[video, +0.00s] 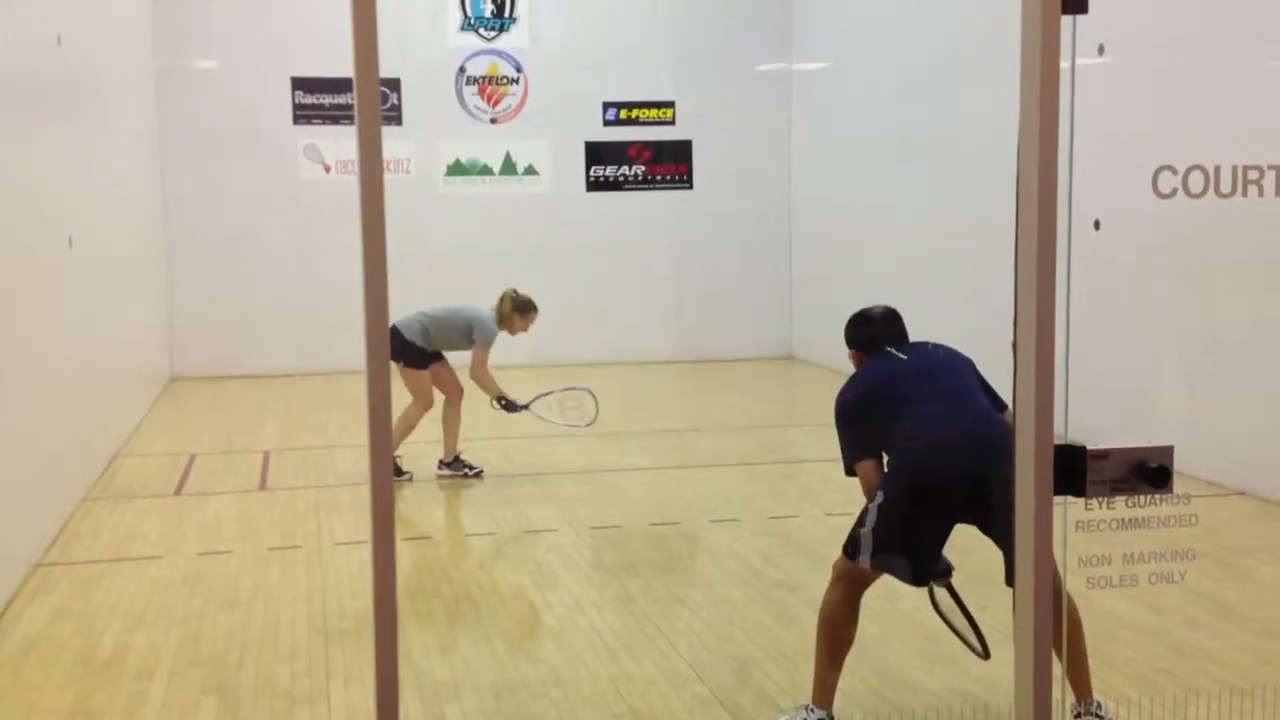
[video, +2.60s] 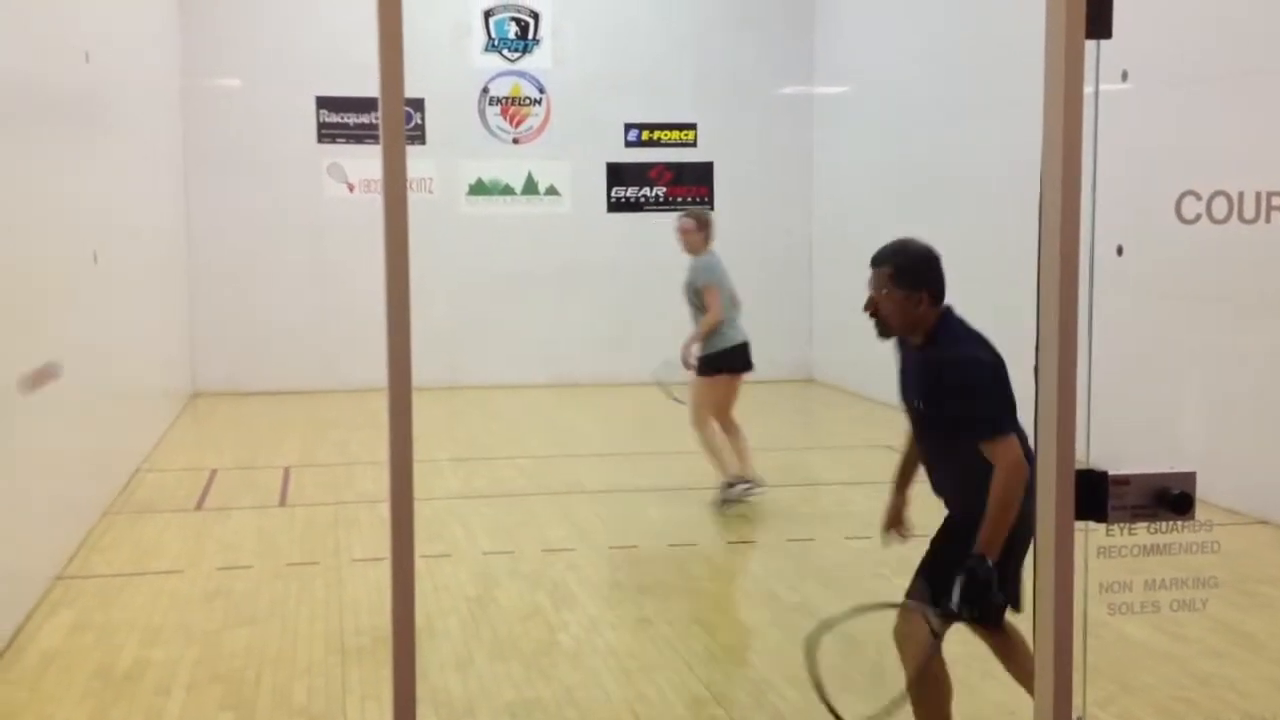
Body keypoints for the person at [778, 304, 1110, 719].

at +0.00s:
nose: (851, 361)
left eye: (850, 355)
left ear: (856, 356)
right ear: (904, 338)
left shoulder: (855, 393)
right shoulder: (948, 356)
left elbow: (873, 486)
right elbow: (1005, 420)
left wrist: (919, 552)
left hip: (922, 478)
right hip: (996, 468)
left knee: (848, 580)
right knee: (1049, 583)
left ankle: (820, 706)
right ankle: (1087, 702)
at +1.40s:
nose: (907, 349)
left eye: (907, 343)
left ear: (913, 344)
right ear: (962, 335)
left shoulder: (899, 382)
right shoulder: (1004, 365)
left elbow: (873, 482)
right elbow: (1068, 441)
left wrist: (884, 527)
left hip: (929, 487)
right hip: (1008, 486)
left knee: (865, 596)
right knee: (1058, 593)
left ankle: (815, 713)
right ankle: (1077, 713)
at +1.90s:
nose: (858, 307)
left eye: (859, 300)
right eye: (859, 299)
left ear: (868, 303)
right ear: (914, 294)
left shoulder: (864, 355)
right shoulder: (960, 334)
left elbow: (847, 445)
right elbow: (996, 419)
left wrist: (824, 506)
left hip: (913, 491)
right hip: (988, 488)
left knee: (841, 590)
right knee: (1022, 609)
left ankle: (821, 711)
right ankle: (1064, 710)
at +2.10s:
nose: (853, 301)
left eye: (858, 290)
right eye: (853, 290)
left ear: (886, 287)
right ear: (906, 283)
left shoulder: (892, 337)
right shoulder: (955, 315)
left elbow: (890, 428)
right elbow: (981, 405)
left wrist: (847, 515)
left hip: (942, 487)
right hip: (1002, 483)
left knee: (875, 598)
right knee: (975, 596)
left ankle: (835, 711)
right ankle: (1044, 702)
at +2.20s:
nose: (864, 294)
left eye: (871, 284)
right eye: (864, 284)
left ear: (899, 283)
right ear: (914, 279)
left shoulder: (918, 333)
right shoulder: (964, 313)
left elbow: (928, 430)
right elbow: (991, 408)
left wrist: (888, 522)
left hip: (958, 490)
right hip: (1002, 486)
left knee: (893, 602)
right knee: (986, 598)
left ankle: (850, 714)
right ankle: (1049, 703)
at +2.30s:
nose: (874, 294)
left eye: (880, 282)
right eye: (874, 282)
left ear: (911, 280)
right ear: (924, 277)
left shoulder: (934, 332)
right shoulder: (968, 313)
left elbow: (955, 431)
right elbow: (986, 416)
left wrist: (931, 502)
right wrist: (944, 493)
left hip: (974, 484)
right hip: (1008, 481)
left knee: (899, 596)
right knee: (988, 592)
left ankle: (893, 712)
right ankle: (1048, 696)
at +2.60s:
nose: (869, 304)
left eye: (880, 292)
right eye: (871, 291)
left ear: (922, 300)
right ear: (917, 300)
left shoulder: (966, 359)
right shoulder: (913, 341)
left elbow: (1013, 464)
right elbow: (925, 424)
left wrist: (983, 557)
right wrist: (900, 492)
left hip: (992, 508)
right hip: (976, 503)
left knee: (913, 631)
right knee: (986, 615)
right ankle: (1055, 704)